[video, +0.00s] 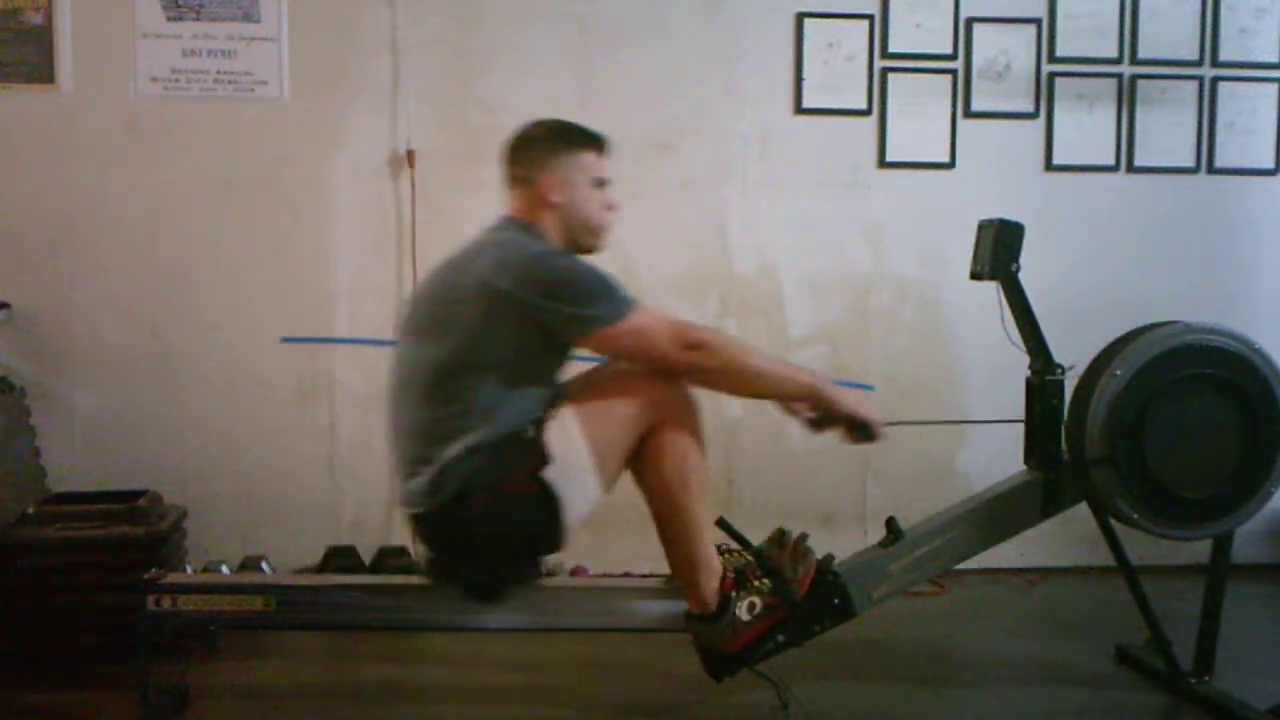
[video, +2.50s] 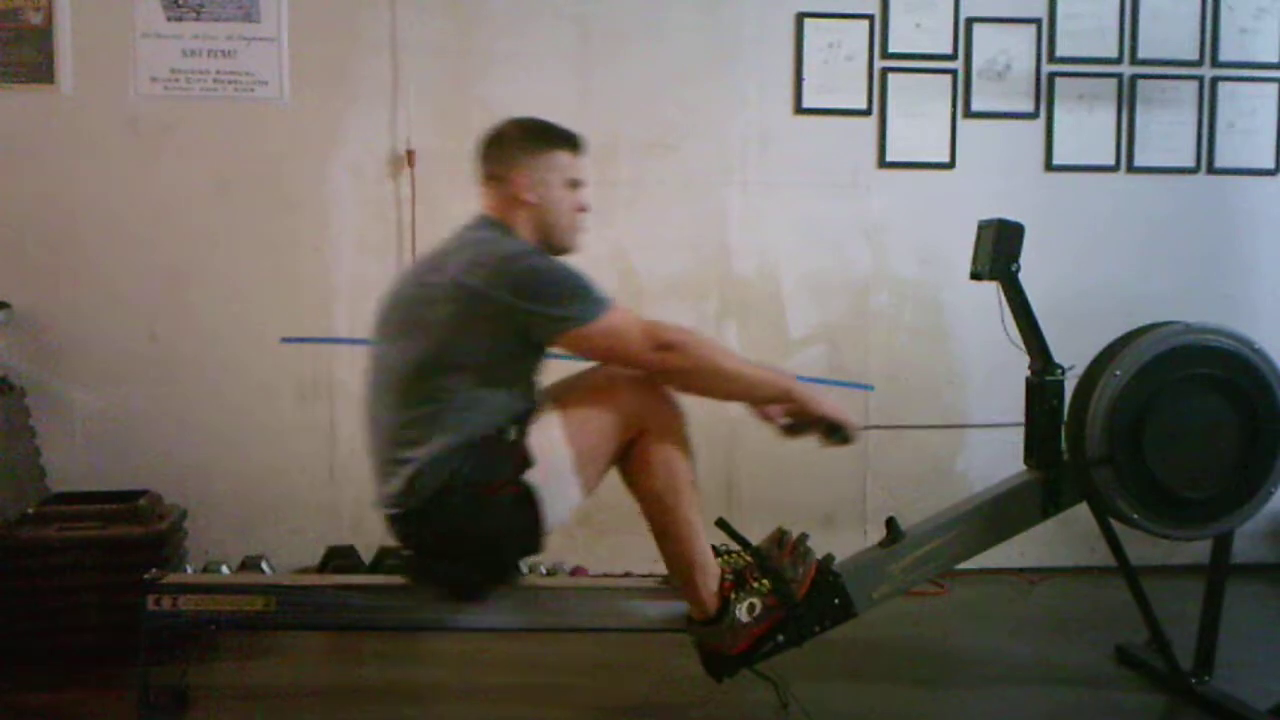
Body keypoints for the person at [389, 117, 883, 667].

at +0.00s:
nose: (613, 204)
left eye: (610, 187)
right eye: (599, 186)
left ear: (547, 193)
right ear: (549, 191)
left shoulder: (497, 261)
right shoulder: (528, 266)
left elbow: (665, 346)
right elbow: (680, 348)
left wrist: (787, 392)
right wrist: (823, 390)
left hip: (456, 520)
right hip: (481, 521)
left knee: (653, 380)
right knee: (663, 392)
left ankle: (705, 582)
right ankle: (714, 606)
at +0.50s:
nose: (663, 197)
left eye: (659, 181)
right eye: (650, 180)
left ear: (599, 191)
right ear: (601, 190)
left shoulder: (553, 256)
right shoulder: (591, 263)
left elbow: (729, 326)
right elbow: (742, 335)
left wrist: (844, 369)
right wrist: (880, 358)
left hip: (497, 501)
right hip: (524, 503)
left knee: (688, 366)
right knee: (700, 382)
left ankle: (705, 583)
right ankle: (712, 603)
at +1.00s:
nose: (244, 171)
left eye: (241, 155)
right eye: (225, 156)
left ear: (192, 173)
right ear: (162, 173)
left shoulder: (188, 268)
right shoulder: (181, 273)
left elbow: (292, 365)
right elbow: (287, 371)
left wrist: (426, 359)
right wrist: (439, 359)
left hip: (293, 483)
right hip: (287, 497)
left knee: (509, 493)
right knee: (509, 500)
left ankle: (704, 585)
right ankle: (710, 613)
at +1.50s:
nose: (191, 206)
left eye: (188, 190)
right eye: (171, 189)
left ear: (139, 202)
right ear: (109, 201)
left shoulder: (151, 294)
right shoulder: (96, 298)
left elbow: (158, 414)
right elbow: (101, 435)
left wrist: (265, 380)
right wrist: (238, 366)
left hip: (306, 472)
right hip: (278, 502)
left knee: (500, 508)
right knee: (493, 529)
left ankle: (705, 593)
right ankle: (708, 611)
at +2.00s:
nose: (351, 189)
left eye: (349, 171)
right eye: (337, 170)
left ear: (277, 174)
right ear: (280, 172)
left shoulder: (250, 256)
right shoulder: (263, 264)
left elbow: (403, 355)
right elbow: (407, 356)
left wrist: (531, 409)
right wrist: (540, 408)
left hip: (311, 487)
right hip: (304, 507)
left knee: (527, 467)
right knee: (527, 476)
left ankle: (703, 588)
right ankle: (708, 615)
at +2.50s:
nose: (586, 203)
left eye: (583, 186)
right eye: (572, 185)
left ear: (521, 192)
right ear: (522, 190)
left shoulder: (465, 262)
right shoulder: (505, 268)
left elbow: (638, 350)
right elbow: (655, 349)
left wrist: (758, 393)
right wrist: (798, 393)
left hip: (434, 519)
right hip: (463, 521)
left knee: (631, 387)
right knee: (642, 395)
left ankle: (706, 591)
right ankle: (713, 610)